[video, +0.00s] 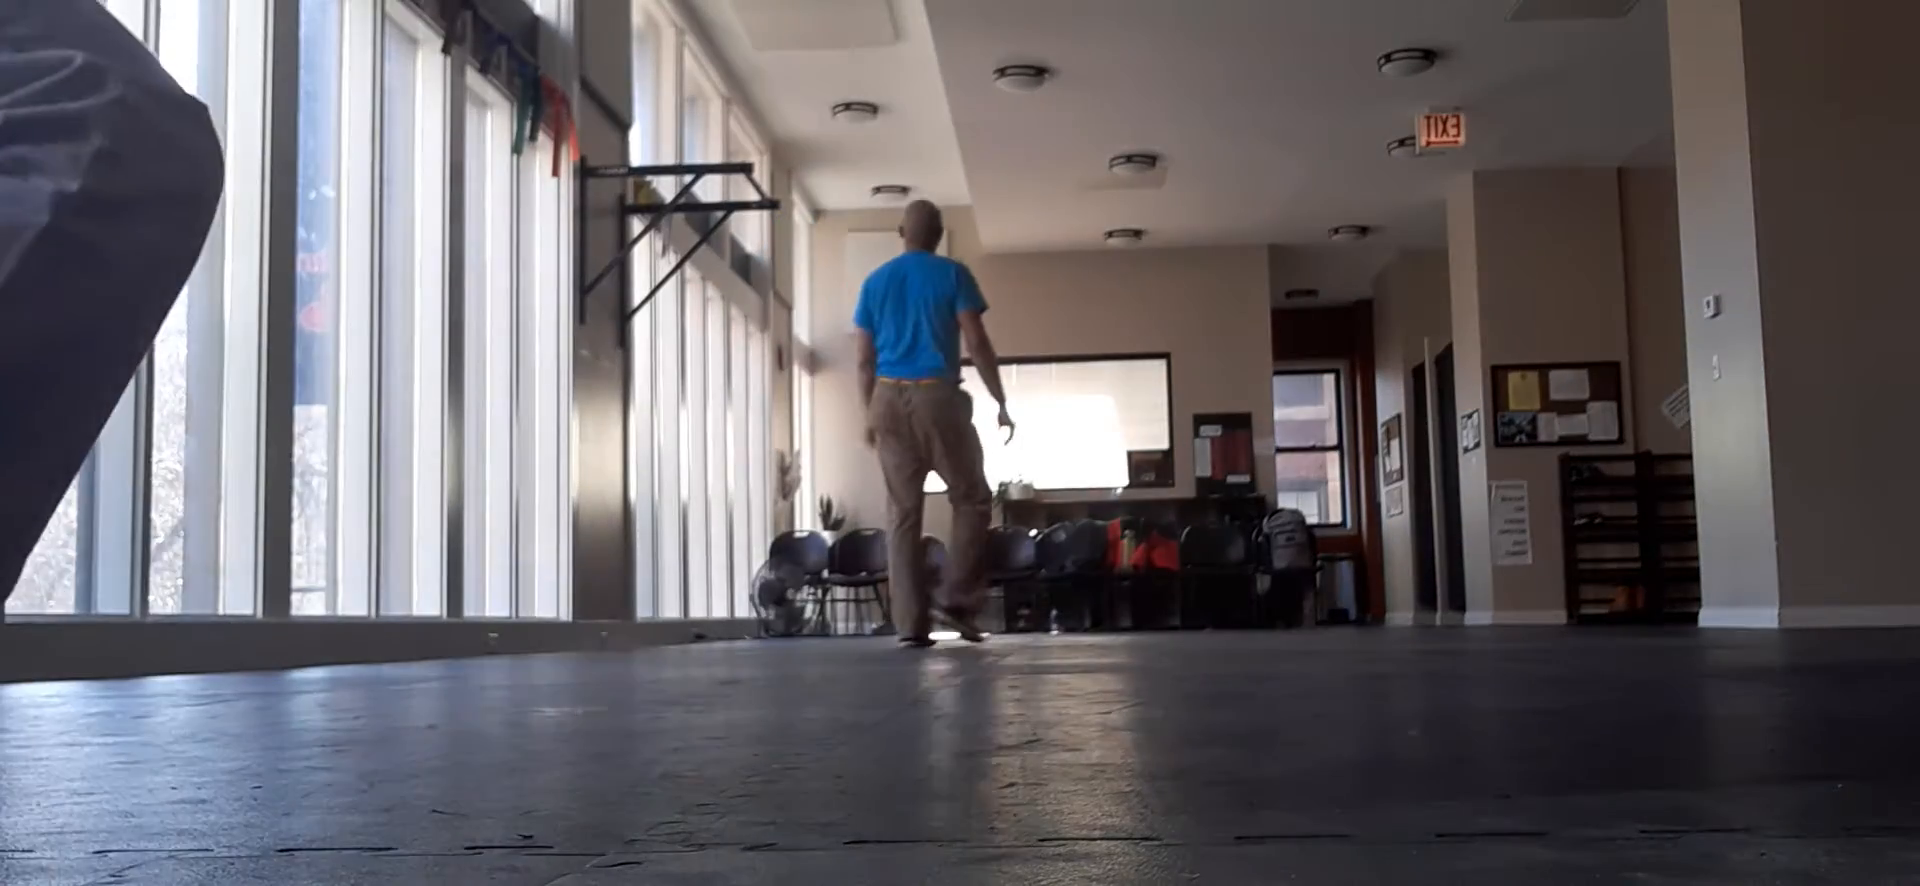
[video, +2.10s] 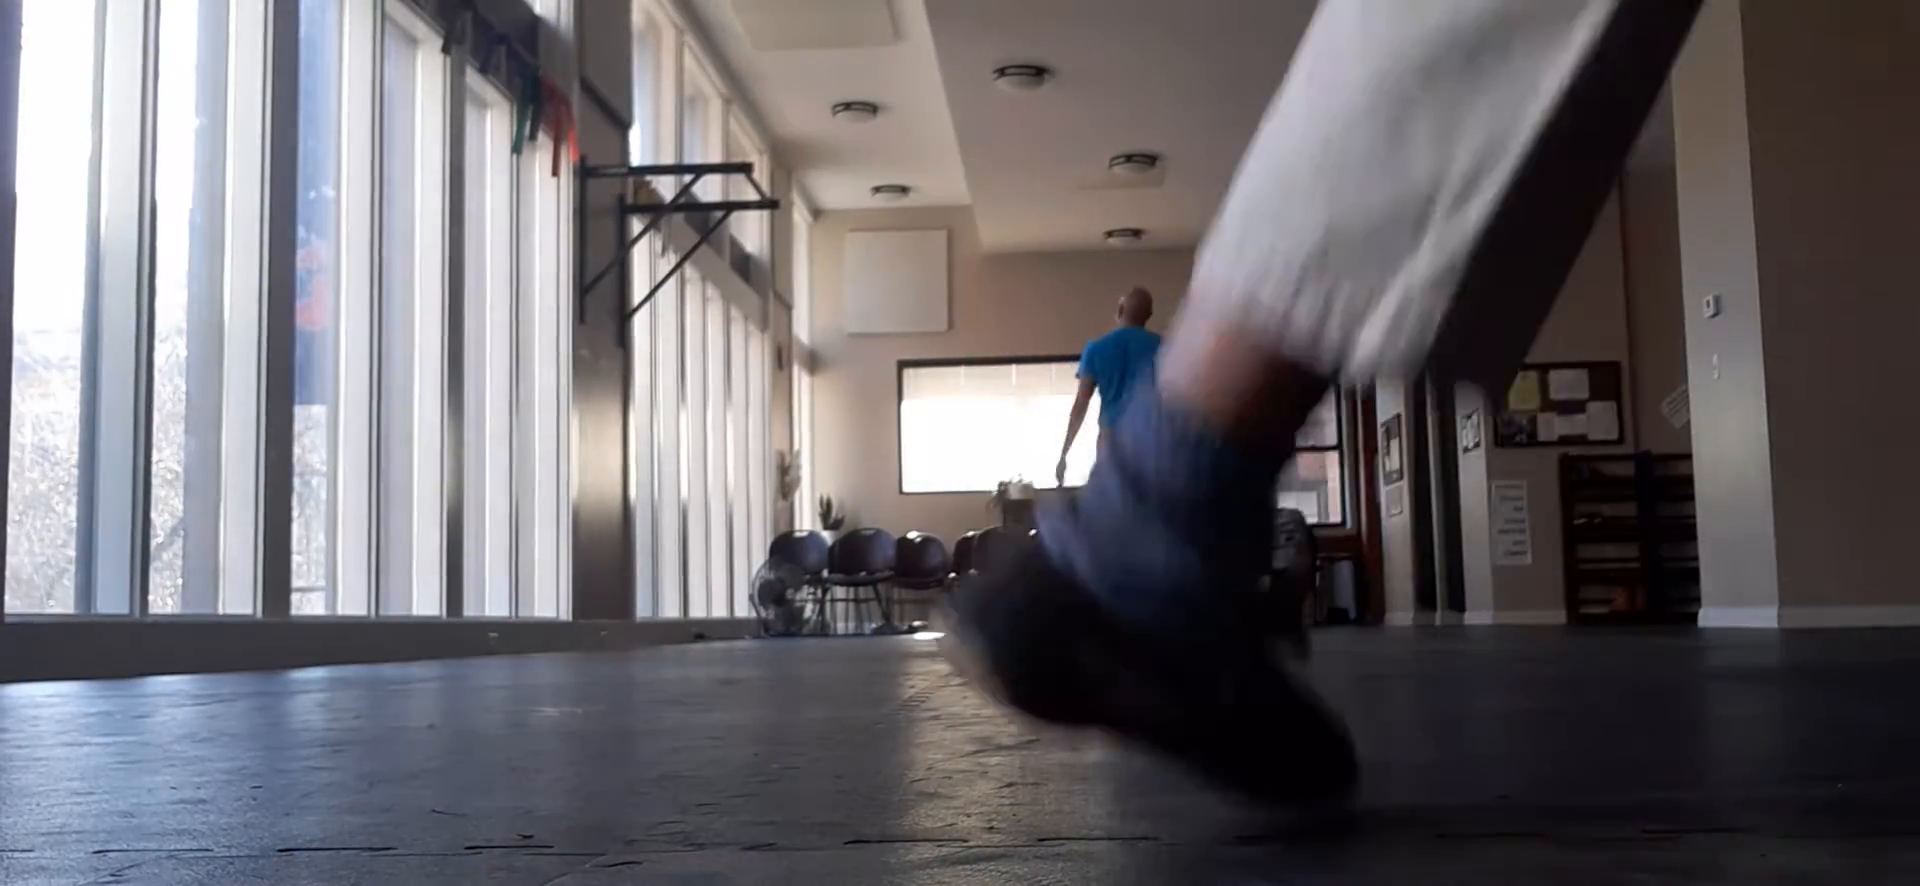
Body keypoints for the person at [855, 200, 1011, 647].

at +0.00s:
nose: (915, 234)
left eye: (907, 227)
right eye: (934, 231)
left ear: (901, 235)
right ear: (939, 236)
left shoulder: (874, 281)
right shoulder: (954, 274)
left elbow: (866, 359)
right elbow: (976, 343)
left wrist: (870, 415)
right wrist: (1000, 401)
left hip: (887, 401)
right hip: (939, 400)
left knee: (902, 513)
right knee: (972, 499)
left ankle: (910, 626)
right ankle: (958, 601)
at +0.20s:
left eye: (935, 243)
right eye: (961, 248)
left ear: (927, 250)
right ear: (965, 252)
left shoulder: (901, 296)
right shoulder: (976, 289)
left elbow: (898, 366)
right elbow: (994, 356)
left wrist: (904, 413)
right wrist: (1023, 415)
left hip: (913, 408)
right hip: (964, 408)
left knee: (917, 516)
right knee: (985, 515)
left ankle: (913, 625)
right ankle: (1011, 617)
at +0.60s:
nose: (1008, 262)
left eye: (993, 254)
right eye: (1020, 258)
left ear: (987, 261)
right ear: (1023, 263)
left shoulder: (962, 305)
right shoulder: (1037, 299)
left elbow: (952, 375)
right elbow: (1055, 360)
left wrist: (946, 431)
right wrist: (1074, 415)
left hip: (979, 413)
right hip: (1024, 411)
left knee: (986, 510)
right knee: (1020, 513)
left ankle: (967, 608)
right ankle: (1016, 615)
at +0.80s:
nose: (1018, 272)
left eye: (1011, 267)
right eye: (1037, 269)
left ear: (1007, 272)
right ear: (1043, 275)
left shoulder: (982, 314)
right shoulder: (1056, 309)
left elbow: (961, 377)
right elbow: (1080, 370)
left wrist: (941, 432)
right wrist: (1100, 417)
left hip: (997, 419)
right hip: (1038, 416)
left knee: (1013, 513)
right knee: (1030, 514)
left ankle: (1036, 616)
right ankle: (1011, 616)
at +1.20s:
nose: (1059, 288)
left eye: (1043, 281)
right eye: (1067, 284)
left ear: (1037, 286)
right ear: (1071, 287)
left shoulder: (1015, 326)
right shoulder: (1084, 320)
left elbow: (1000, 391)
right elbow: (1102, 380)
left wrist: (992, 437)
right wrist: (1121, 429)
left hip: (1027, 426)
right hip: (1069, 426)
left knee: (1046, 523)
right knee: (1093, 510)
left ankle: (1059, 621)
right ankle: (1072, 578)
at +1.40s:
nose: (1062, 294)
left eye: (1056, 288)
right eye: (1081, 292)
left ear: (1052, 293)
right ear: (1085, 295)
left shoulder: (1031, 331)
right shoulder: (1097, 326)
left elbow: (1024, 393)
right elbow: (1112, 382)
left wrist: (1043, 422)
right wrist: (1134, 435)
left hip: (1043, 427)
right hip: (1087, 427)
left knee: (1054, 524)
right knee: (1104, 519)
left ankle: (1059, 620)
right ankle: (1119, 612)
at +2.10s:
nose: (1116, 312)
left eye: (1118, 308)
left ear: (1119, 311)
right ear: (1148, 316)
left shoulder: (1098, 348)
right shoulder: (1162, 346)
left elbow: (1081, 404)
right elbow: (1173, 396)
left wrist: (1063, 455)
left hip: (1113, 443)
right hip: (1153, 441)